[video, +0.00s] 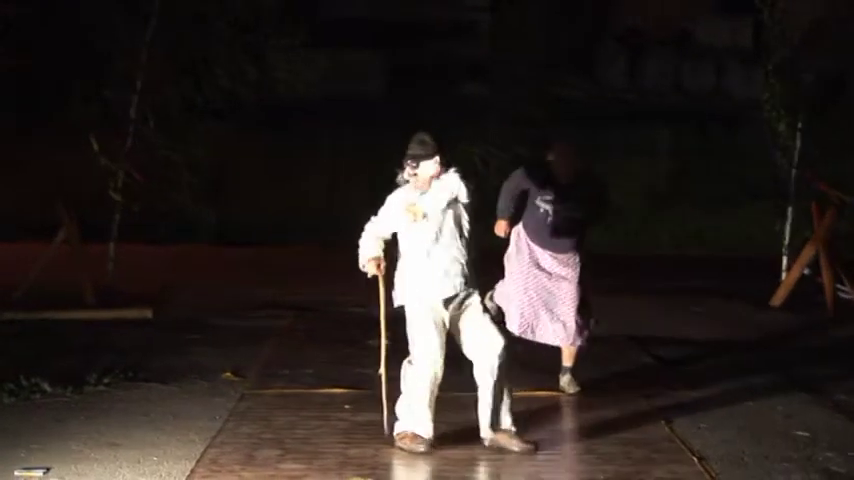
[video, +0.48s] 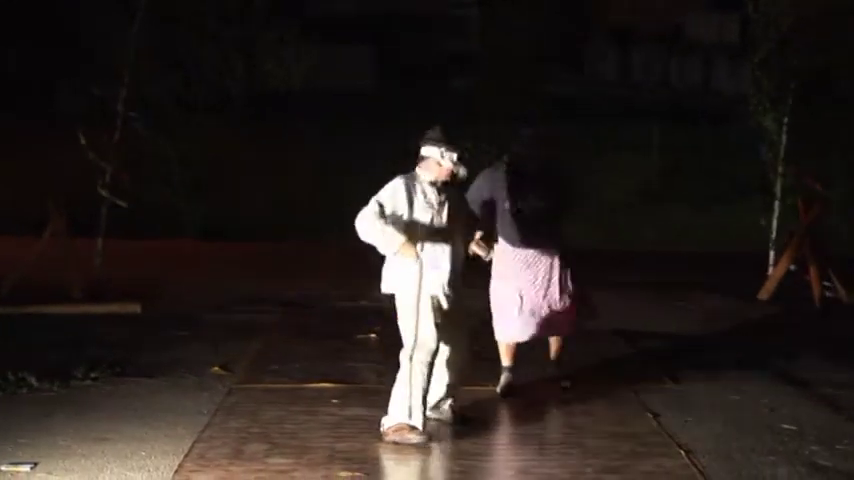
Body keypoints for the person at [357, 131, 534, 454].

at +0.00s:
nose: (416, 170)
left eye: (424, 162)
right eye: (414, 163)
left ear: (437, 163)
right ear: (409, 166)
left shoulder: (453, 188)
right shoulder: (401, 200)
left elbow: (455, 190)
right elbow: (374, 230)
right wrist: (372, 253)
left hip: (461, 292)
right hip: (420, 295)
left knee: (491, 348)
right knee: (428, 360)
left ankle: (497, 428)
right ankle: (409, 429)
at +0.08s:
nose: (416, 165)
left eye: (424, 158)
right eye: (412, 159)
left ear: (439, 158)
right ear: (406, 159)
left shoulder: (451, 184)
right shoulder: (396, 193)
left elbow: (457, 185)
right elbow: (368, 224)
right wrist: (371, 248)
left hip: (459, 289)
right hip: (418, 292)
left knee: (491, 347)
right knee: (425, 356)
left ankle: (498, 421)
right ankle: (409, 428)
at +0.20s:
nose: (433, 165)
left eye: (438, 158)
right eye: (426, 159)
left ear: (444, 158)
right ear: (411, 157)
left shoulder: (449, 182)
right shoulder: (392, 188)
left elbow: (468, 190)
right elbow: (360, 221)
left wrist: (423, 194)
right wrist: (372, 254)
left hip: (451, 282)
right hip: (414, 284)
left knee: (482, 341)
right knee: (428, 350)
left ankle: (494, 414)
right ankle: (409, 424)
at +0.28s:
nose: (448, 165)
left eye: (448, 159)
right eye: (440, 159)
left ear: (447, 161)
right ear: (419, 160)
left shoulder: (451, 195)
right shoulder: (392, 196)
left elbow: (476, 208)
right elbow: (358, 231)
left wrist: (437, 202)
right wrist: (372, 267)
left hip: (452, 288)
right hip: (413, 288)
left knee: (485, 337)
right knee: (428, 352)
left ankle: (473, 411)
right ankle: (403, 424)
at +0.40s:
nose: (449, 175)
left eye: (451, 169)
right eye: (444, 168)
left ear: (450, 169)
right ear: (426, 164)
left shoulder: (455, 199)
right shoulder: (397, 194)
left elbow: (484, 240)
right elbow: (365, 234)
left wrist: (469, 236)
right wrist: (390, 262)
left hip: (449, 288)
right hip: (411, 288)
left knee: (474, 341)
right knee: (422, 351)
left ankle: (449, 407)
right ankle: (400, 422)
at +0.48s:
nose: (452, 170)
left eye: (454, 164)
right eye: (448, 162)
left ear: (449, 165)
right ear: (432, 159)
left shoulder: (452, 197)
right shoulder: (402, 187)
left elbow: (468, 228)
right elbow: (366, 220)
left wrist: (477, 243)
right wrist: (398, 244)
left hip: (445, 286)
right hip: (412, 284)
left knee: (452, 347)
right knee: (421, 346)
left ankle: (436, 406)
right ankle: (398, 420)